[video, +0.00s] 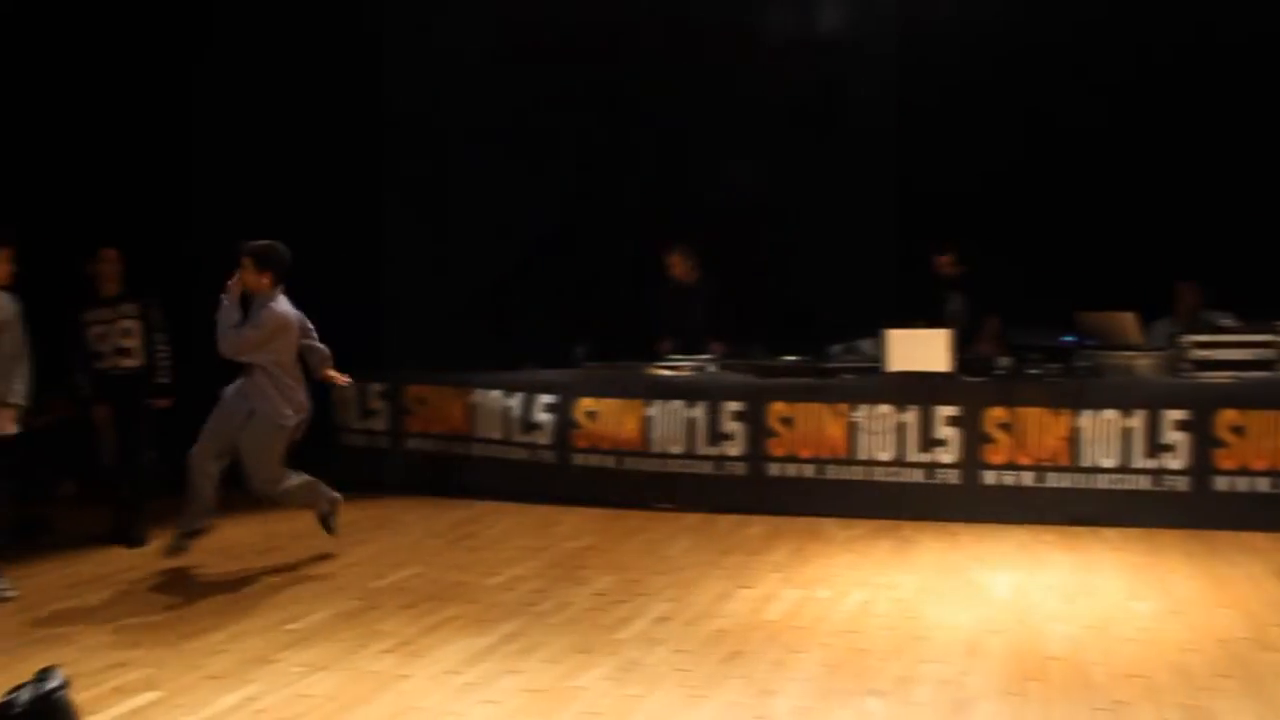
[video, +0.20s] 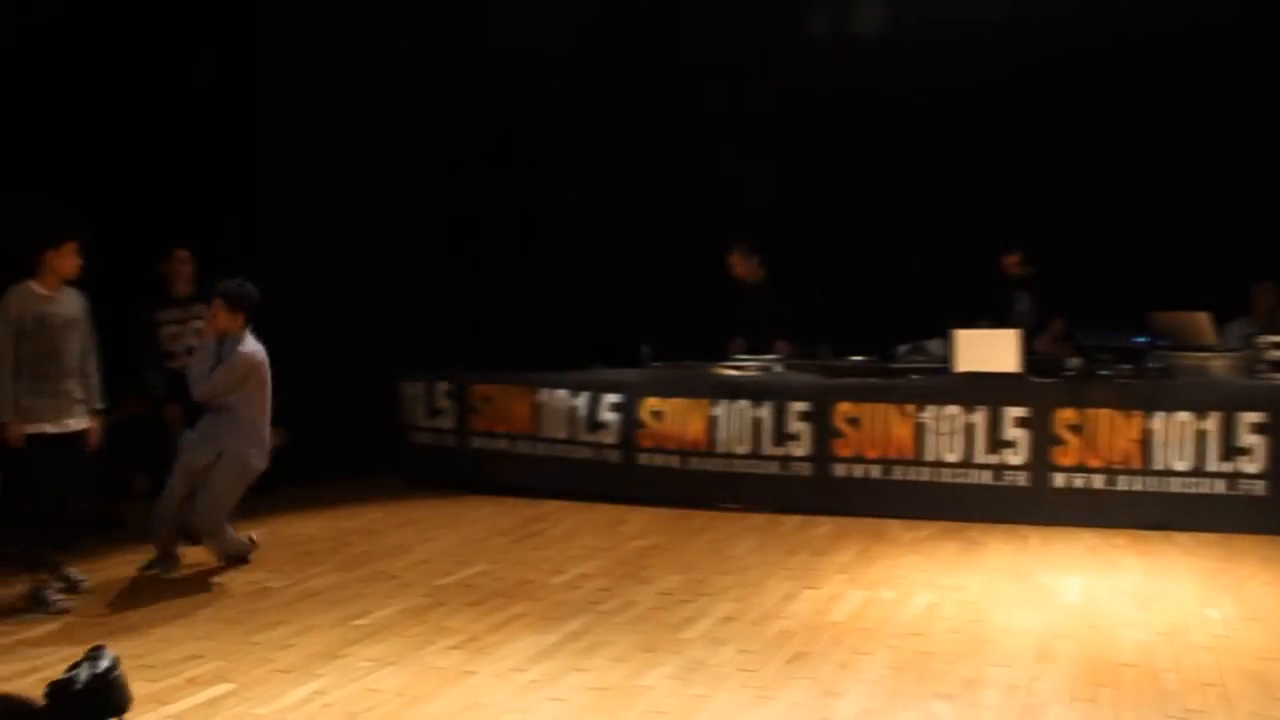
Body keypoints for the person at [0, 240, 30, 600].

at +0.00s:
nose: (8, 271)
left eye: (10, 263)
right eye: (5, 263)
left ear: (14, 268)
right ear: (1, 267)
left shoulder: (11, 306)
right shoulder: (11, 307)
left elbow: (18, 359)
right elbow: (18, 359)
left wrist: (12, 406)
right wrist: (12, 405)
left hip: (8, 420)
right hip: (9, 420)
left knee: (9, 495)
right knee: (10, 495)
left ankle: (5, 569)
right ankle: (5, 568)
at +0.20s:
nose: (77, 262)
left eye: (77, 254)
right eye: (70, 254)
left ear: (69, 259)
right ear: (49, 258)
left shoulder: (77, 301)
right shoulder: (17, 301)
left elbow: (88, 359)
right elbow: (6, 364)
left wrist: (94, 410)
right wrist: (10, 415)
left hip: (73, 424)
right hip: (33, 427)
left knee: (67, 500)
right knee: (37, 504)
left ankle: (60, 562)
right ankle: (40, 576)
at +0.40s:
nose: (117, 268)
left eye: (117, 261)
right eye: (111, 261)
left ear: (102, 265)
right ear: (90, 263)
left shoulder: (110, 303)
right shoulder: (54, 303)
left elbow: (118, 362)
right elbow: (36, 366)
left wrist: (122, 411)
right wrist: (46, 420)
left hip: (106, 426)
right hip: (69, 431)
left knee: (103, 503)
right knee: (74, 507)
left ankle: (96, 571)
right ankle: (77, 579)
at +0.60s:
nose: (112, 257)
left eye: (113, 249)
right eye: (105, 249)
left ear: (110, 255)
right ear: (83, 254)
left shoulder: (117, 301)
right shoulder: (58, 299)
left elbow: (123, 360)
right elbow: (41, 362)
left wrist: (122, 408)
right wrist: (49, 417)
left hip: (112, 422)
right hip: (73, 426)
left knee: (106, 501)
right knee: (77, 503)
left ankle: (97, 571)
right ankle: (76, 577)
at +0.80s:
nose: (135, 272)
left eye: (138, 264)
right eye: (127, 263)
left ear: (139, 269)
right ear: (106, 265)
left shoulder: (132, 310)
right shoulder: (76, 305)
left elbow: (135, 366)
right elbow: (52, 363)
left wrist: (138, 417)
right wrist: (56, 420)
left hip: (116, 426)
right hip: (79, 428)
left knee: (117, 503)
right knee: (83, 507)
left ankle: (110, 574)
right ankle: (79, 577)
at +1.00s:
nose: (149, 266)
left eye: (154, 259)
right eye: (142, 258)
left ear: (159, 265)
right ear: (124, 261)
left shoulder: (151, 309)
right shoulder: (102, 302)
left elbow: (148, 367)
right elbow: (77, 361)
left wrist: (152, 413)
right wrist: (77, 418)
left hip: (138, 424)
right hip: (104, 425)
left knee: (130, 501)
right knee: (105, 501)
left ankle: (113, 569)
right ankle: (87, 569)